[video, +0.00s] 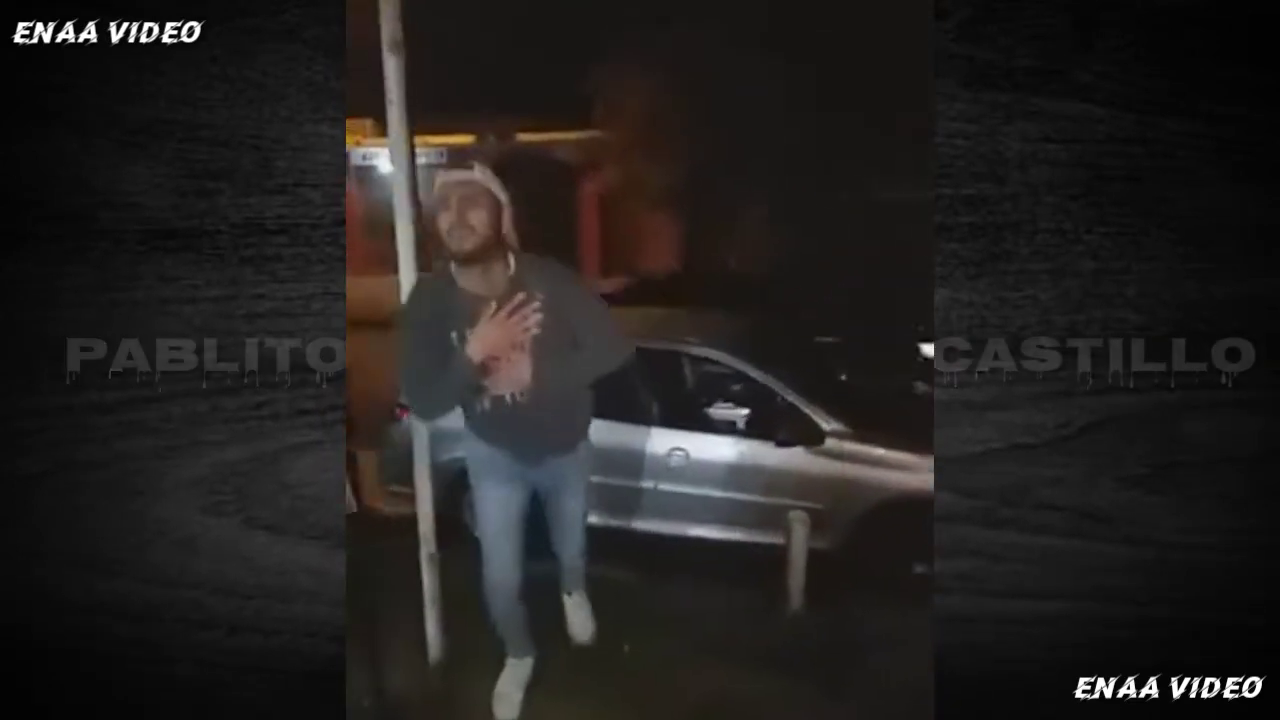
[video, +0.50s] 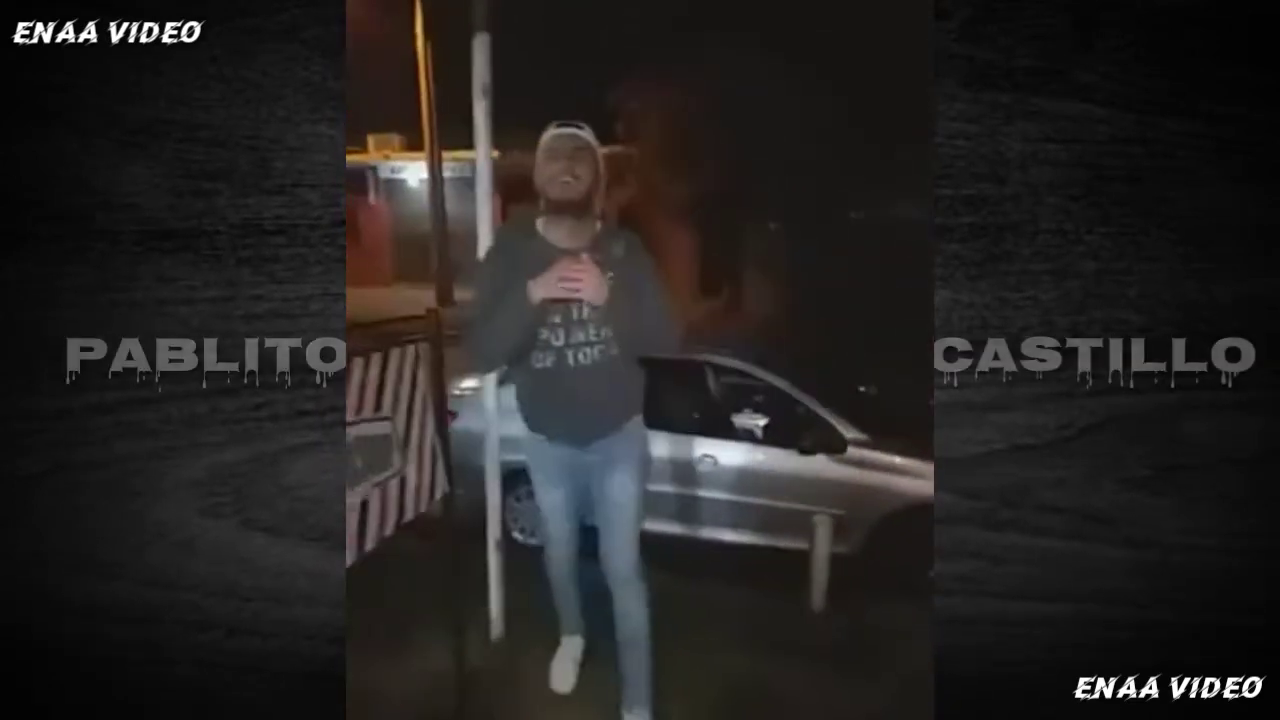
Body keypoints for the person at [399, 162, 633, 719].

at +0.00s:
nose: (457, 219)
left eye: (471, 206)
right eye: (445, 209)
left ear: (500, 216)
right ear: (435, 223)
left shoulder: (549, 280)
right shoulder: (431, 297)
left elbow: (613, 349)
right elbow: (423, 401)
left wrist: (539, 371)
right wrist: (474, 352)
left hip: (562, 448)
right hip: (492, 455)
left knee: (571, 546)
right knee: (500, 575)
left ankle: (573, 594)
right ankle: (517, 655)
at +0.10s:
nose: (466, 187)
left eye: (479, 174)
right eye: (456, 176)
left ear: (505, 183)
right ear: (444, 188)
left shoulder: (551, 256)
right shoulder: (433, 271)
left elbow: (608, 333)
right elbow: (420, 375)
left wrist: (533, 343)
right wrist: (472, 321)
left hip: (562, 434)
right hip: (492, 438)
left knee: (566, 554)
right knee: (502, 564)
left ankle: (564, 581)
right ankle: (519, 646)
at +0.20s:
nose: (495, 166)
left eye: (506, 154)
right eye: (484, 156)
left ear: (529, 167)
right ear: (469, 172)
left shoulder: (565, 239)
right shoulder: (451, 254)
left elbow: (619, 324)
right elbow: (440, 357)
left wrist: (546, 321)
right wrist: (488, 299)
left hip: (577, 422)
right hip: (506, 424)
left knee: (579, 553)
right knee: (517, 555)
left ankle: (570, 585)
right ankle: (533, 642)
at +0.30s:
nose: (522, 157)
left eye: (534, 146)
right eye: (510, 147)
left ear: (557, 160)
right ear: (493, 165)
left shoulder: (588, 237)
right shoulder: (478, 243)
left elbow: (633, 325)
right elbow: (452, 344)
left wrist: (567, 306)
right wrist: (505, 292)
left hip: (592, 418)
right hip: (521, 421)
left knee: (596, 555)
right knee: (535, 548)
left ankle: (585, 610)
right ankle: (549, 639)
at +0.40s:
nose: (549, 161)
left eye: (561, 151)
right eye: (536, 151)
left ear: (580, 165)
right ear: (516, 165)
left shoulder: (614, 243)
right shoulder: (497, 247)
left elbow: (655, 333)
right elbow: (471, 346)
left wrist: (595, 296)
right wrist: (516, 293)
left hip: (610, 426)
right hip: (538, 430)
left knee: (615, 556)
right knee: (551, 551)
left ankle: (612, 656)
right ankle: (564, 637)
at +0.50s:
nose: (566, 168)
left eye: (578, 158)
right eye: (554, 158)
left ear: (597, 173)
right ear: (535, 172)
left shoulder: (623, 248)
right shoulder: (512, 250)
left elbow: (663, 339)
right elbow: (483, 349)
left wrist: (608, 297)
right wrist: (530, 295)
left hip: (618, 433)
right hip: (546, 436)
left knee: (622, 569)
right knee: (559, 556)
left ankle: (638, 707)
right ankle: (571, 637)